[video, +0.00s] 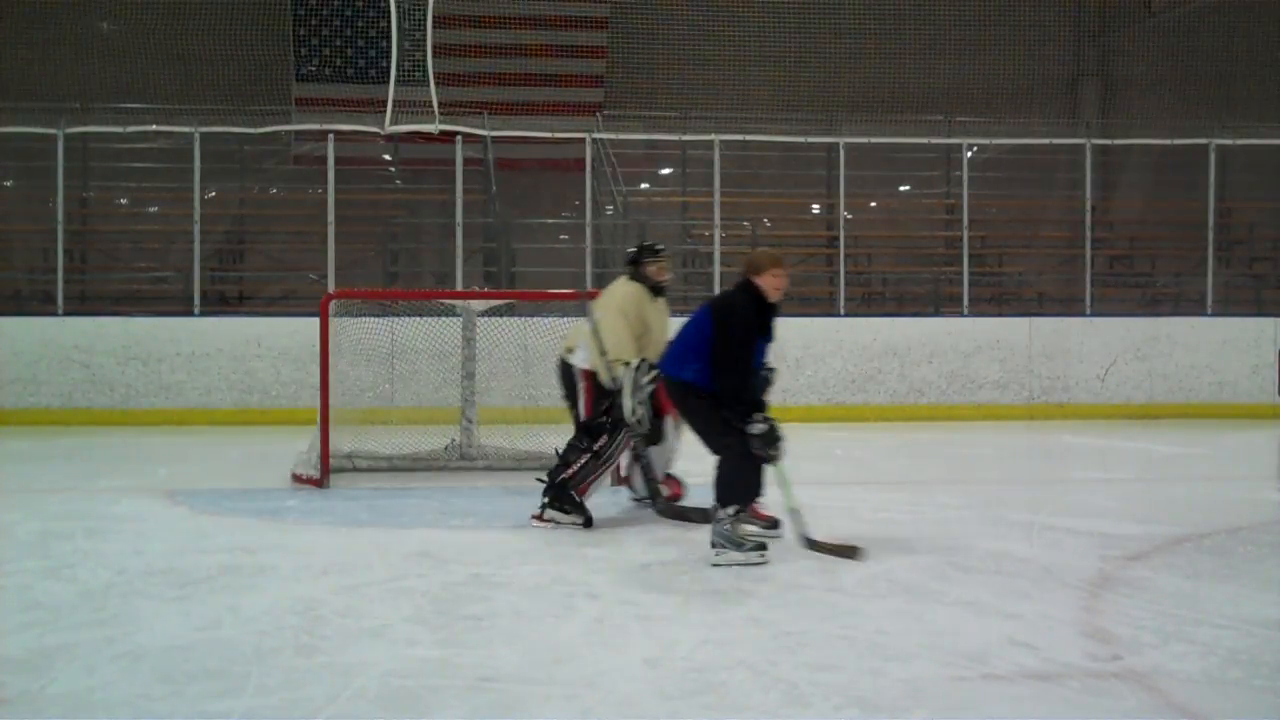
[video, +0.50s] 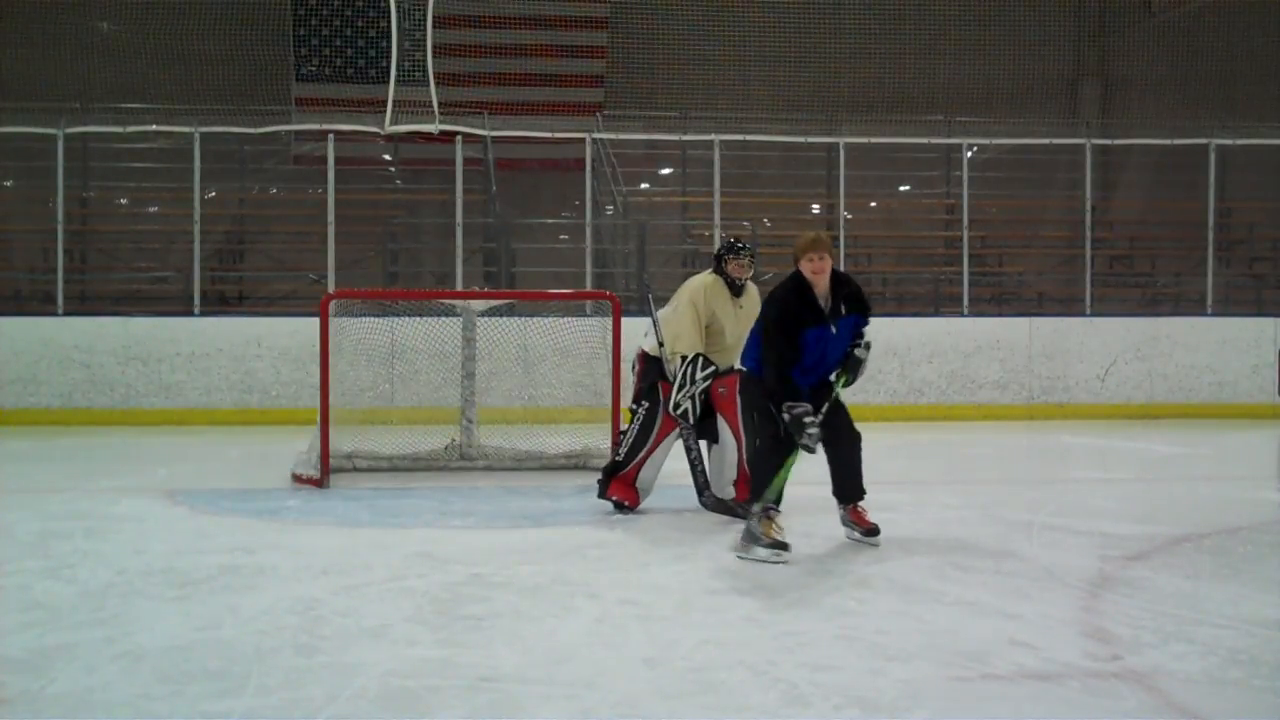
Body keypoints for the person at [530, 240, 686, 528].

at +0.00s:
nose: (663, 270)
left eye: (665, 264)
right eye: (655, 265)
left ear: (666, 268)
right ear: (639, 269)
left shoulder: (657, 302)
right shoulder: (623, 292)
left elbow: (657, 348)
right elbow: (617, 339)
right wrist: (631, 379)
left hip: (615, 371)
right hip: (582, 363)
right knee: (593, 433)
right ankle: (560, 494)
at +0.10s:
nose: (689, 267)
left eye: (691, 261)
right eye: (682, 261)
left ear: (691, 265)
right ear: (667, 264)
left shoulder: (683, 295)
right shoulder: (649, 289)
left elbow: (683, 343)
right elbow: (644, 338)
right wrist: (653, 377)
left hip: (658, 370)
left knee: (684, 426)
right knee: (611, 435)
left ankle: (682, 486)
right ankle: (571, 489)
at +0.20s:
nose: (714, 262)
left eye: (716, 256)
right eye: (707, 256)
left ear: (718, 261)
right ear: (690, 260)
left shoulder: (709, 294)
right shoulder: (669, 285)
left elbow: (708, 340)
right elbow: (663, 334)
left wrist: (716, 373)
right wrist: (668, 375)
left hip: (677, 360)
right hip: (635, 352)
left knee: (708, 412)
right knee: (632, 420)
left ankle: (707, 482)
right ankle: (589, 484)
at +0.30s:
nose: (734, 263)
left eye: (735, 257)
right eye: (727, 257)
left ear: (732, 262)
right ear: (710, 260)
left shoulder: (728, 296)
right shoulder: (687, 285)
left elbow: (727, 342)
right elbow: (677, 337)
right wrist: (681, 383)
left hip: (696, 363)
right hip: (649, 357)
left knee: (720, 419)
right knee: (640, 423)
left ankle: (722, 488)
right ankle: (607, 488)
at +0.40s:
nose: (742, 269)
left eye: (746, 264)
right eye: (736, 262)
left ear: (750, 267)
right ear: (720, 262)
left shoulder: (742, 294)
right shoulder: (697, 287)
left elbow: (745, 340)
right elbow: (682, 339)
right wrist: (686, 386)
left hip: (709, 366)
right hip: (659, 360)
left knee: (732, 420)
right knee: (652, 422)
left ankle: (731, 490)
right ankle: (616, 488)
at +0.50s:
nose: (742, 268)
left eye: (747, 263)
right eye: (736, 262)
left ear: (752, 266)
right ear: (721, 263)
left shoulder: (752, 294)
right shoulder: (699, 288)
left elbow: (755, 339)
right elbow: (684, 336)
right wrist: (691, 381)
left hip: (713, 368)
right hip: (663, 361)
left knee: (734, 416)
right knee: (658, 419)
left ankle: (729, 491)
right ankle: (622, 484)